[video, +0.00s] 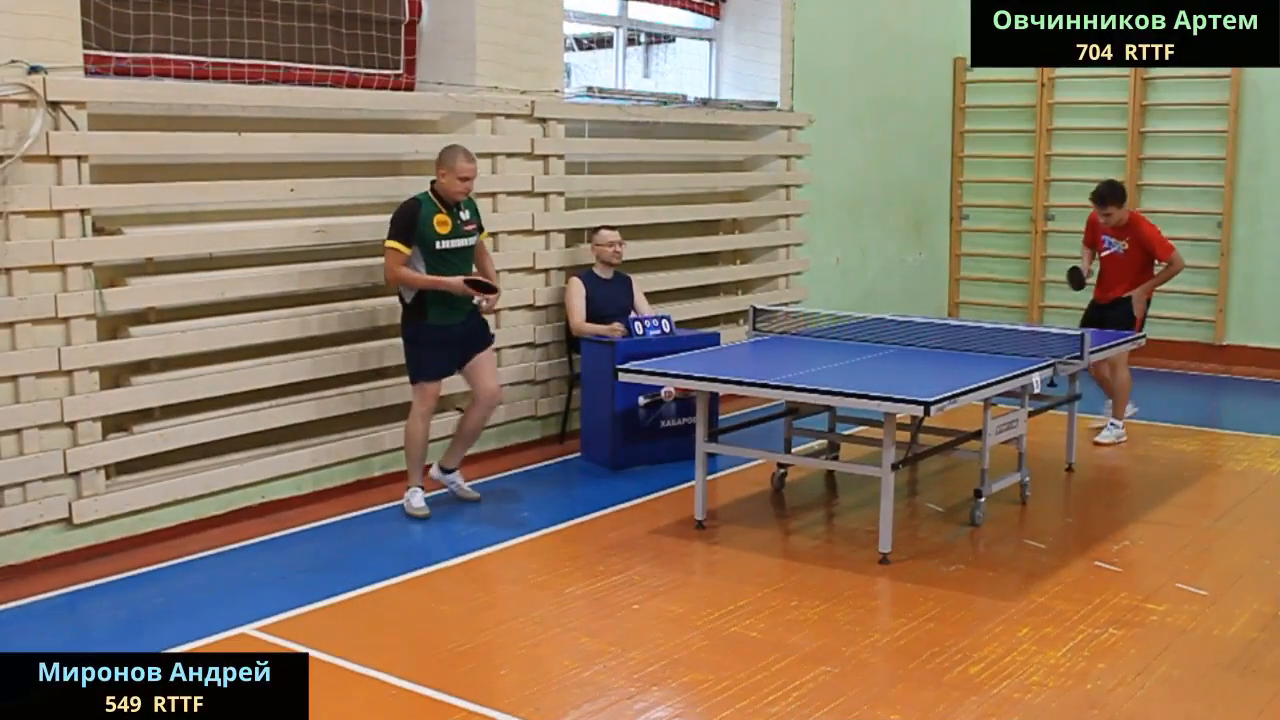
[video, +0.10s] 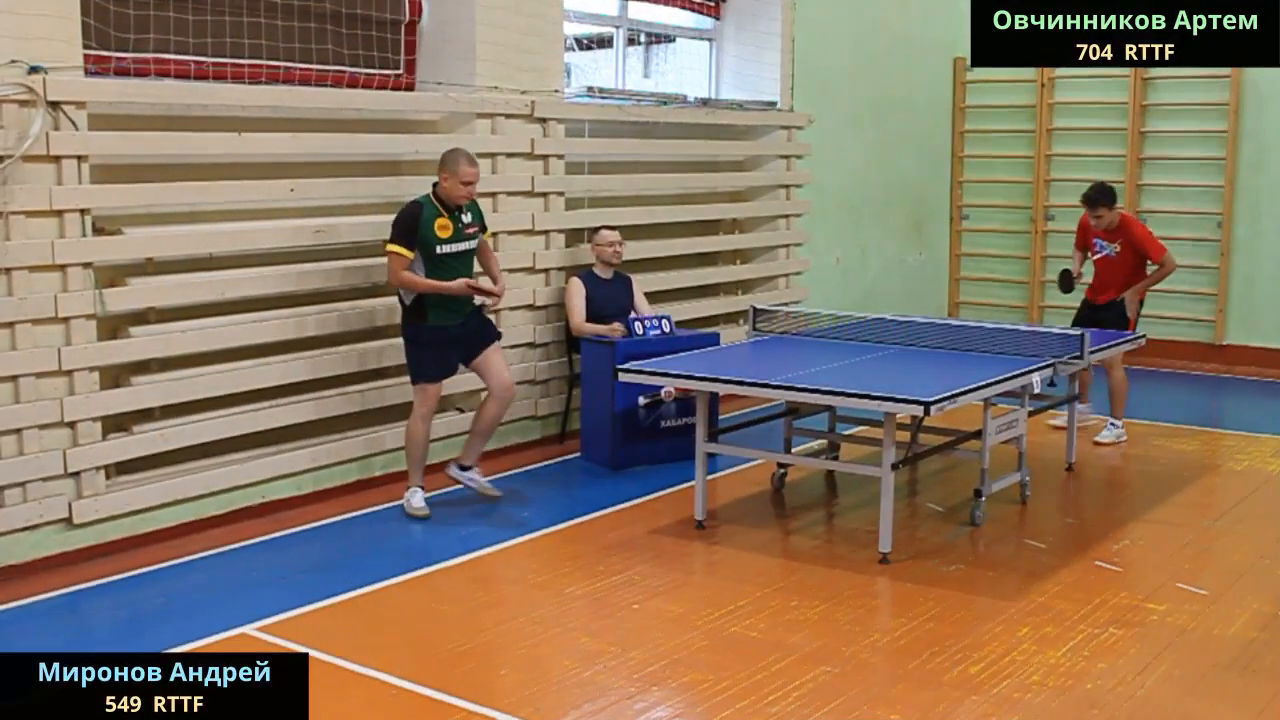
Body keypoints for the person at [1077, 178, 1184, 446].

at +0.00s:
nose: (1102, 219)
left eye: (1107, 215)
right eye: (1099, 214)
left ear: (1123, 208)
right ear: (1095, 208)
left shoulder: (1141, 228)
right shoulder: (1096, 221)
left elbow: (1177, 263)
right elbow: (1088, 247)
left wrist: (1142, 291)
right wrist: (1086, 267)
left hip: (1128, 302)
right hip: (1100, 300)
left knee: (1117, 361)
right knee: (1091, 358)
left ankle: (1117, 423)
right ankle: (1121, 402)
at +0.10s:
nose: (1093, 222)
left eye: (1098, 217)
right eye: (1090, 216)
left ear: (1115, 210)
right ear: (1087, 211)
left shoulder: (1134, 230)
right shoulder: (1087, 222)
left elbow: (1169, 265)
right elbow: (1081, 248)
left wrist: (1137, 290)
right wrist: (1077, 267)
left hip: (1121, 303)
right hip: (1093, 300)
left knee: (1112, 361)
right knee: (1076, 352)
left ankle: (1117, 424)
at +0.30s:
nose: (1073, 228)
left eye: (1078, 223)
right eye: (1070, 223)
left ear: (1094, 215)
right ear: (1066, 217)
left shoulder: (1114, 234)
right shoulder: (1066, 232)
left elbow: (1153, 263)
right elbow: (1058, 259)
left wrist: (1123, 293)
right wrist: (1056, 277)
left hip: (1108, 305)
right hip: (1079, 301)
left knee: (1105, 361)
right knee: (1060, 356)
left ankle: (1115, 425)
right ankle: (1049, 411)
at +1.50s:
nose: (1073, 248)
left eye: (1079, 243)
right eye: (1069, 242)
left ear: (1094, 239)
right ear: (1065, 238)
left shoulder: (1113, 250)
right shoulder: (1059, 255)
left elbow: (1158, 270)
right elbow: (1051, 287)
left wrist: (1131, 294)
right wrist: (1056, 304)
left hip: (1115, 308)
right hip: (1078, 309)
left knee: (1131, 358)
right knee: (1055, 357)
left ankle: (1139, 419)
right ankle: (1048, 411)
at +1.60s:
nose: (1072, 249)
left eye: (1078, 244)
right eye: (1069, 242)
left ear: (1094, 240)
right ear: (1065, 238)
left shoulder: (1112, 251)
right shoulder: (1058, 255)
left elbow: (1156, 271)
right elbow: (1048, 287)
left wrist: (1128, 294)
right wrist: (1055, 305)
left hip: (1113, 309)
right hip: (1076, 309)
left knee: (1130, 358)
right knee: (1054, 356)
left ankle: (1139, 419)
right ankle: (1048, 411)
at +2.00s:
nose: (1069, 250)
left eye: (1075, 245)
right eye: (1065, 244)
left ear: (1090, 241)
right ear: (1061, 240)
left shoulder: (1108, 253)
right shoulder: (1053, 257)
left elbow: (1150, 270)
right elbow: (1043, 289)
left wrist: (1122, 295)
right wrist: (1050, 307)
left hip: (1107, 311)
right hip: (1071, 312)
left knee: (1127, 358)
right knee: (1049, 356)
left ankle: (1139, 419)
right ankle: (1048, 411)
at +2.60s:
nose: (1081, 211)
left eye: (1087, 205)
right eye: (1078, 205)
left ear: (1102, 205)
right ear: (1074, 204)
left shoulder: (1120, 229)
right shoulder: (1064, 232)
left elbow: (1151, 254)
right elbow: (1048, 263)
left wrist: (1131, 288)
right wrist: (1052, 280)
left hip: (1115, 308)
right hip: (1076, 308)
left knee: (1138, 355)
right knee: (1053, 360)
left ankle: (1147, 418)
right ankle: (1048, 411)